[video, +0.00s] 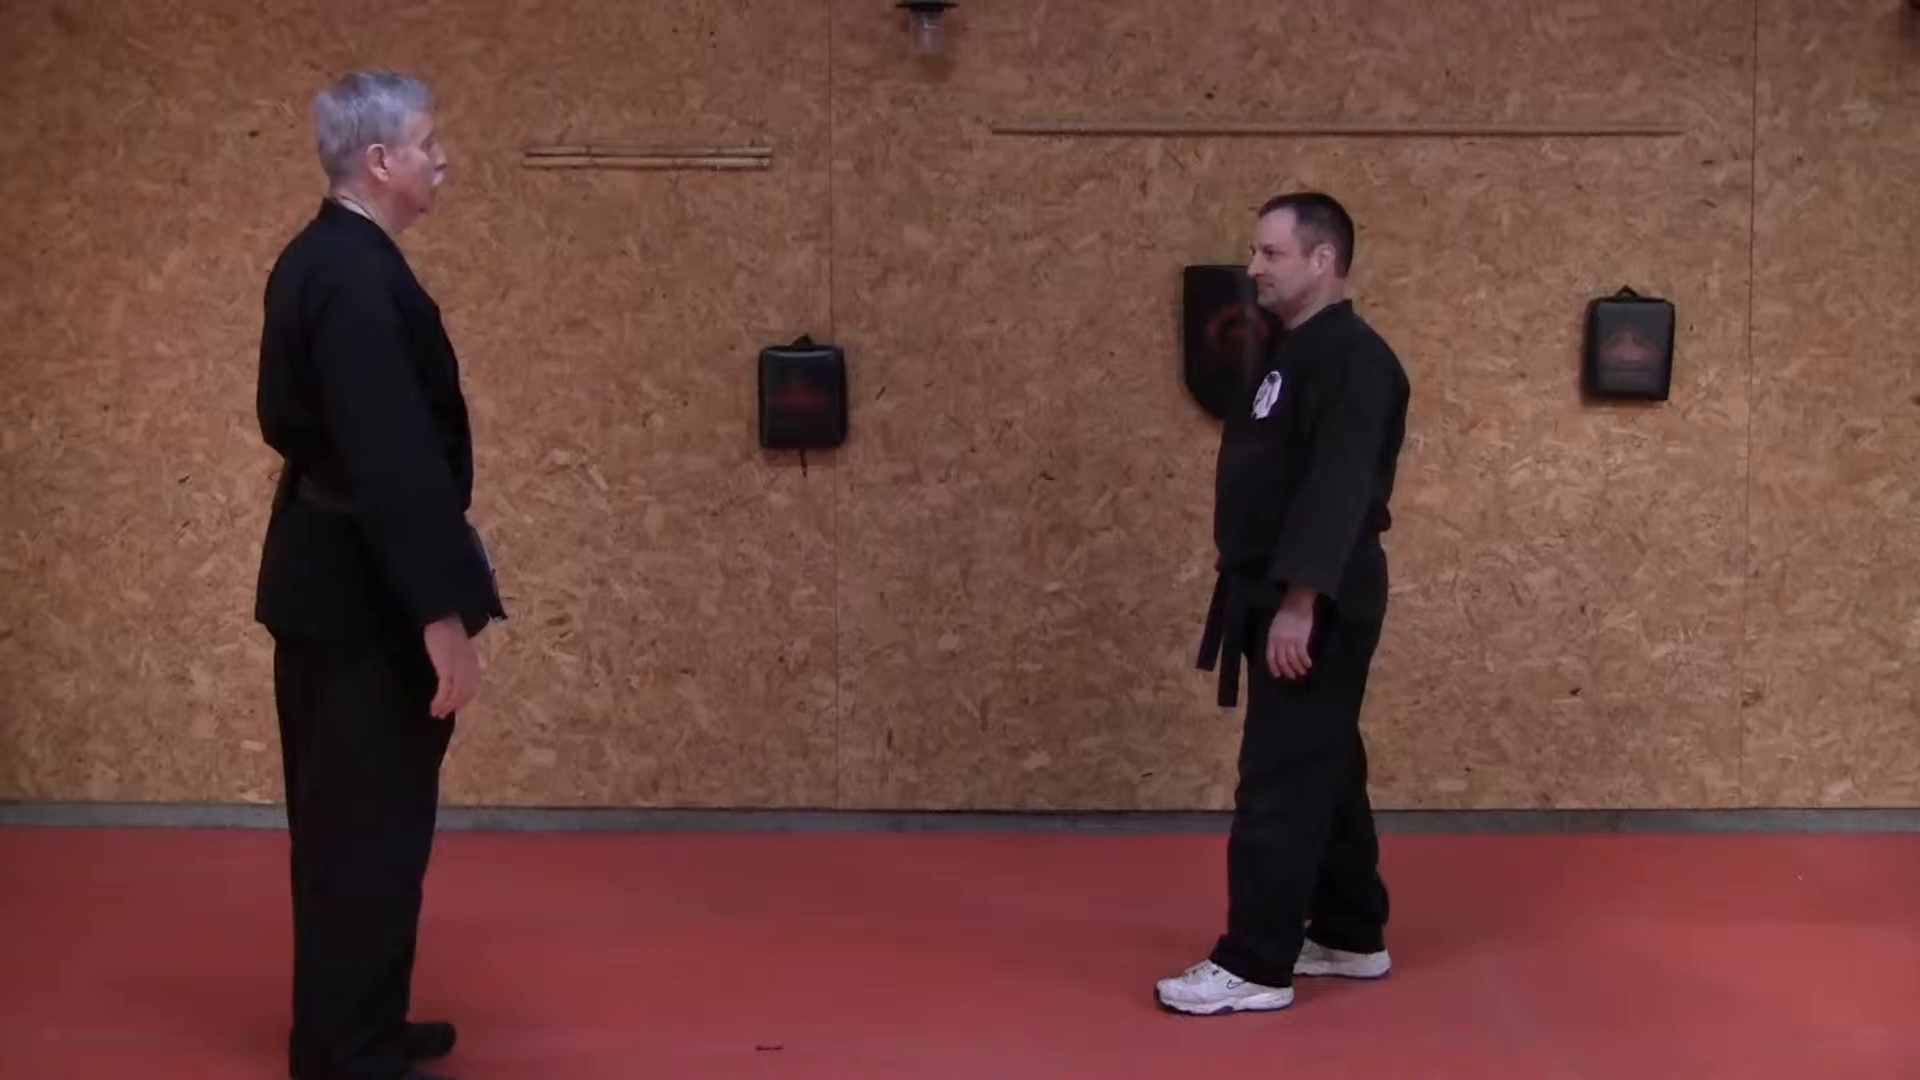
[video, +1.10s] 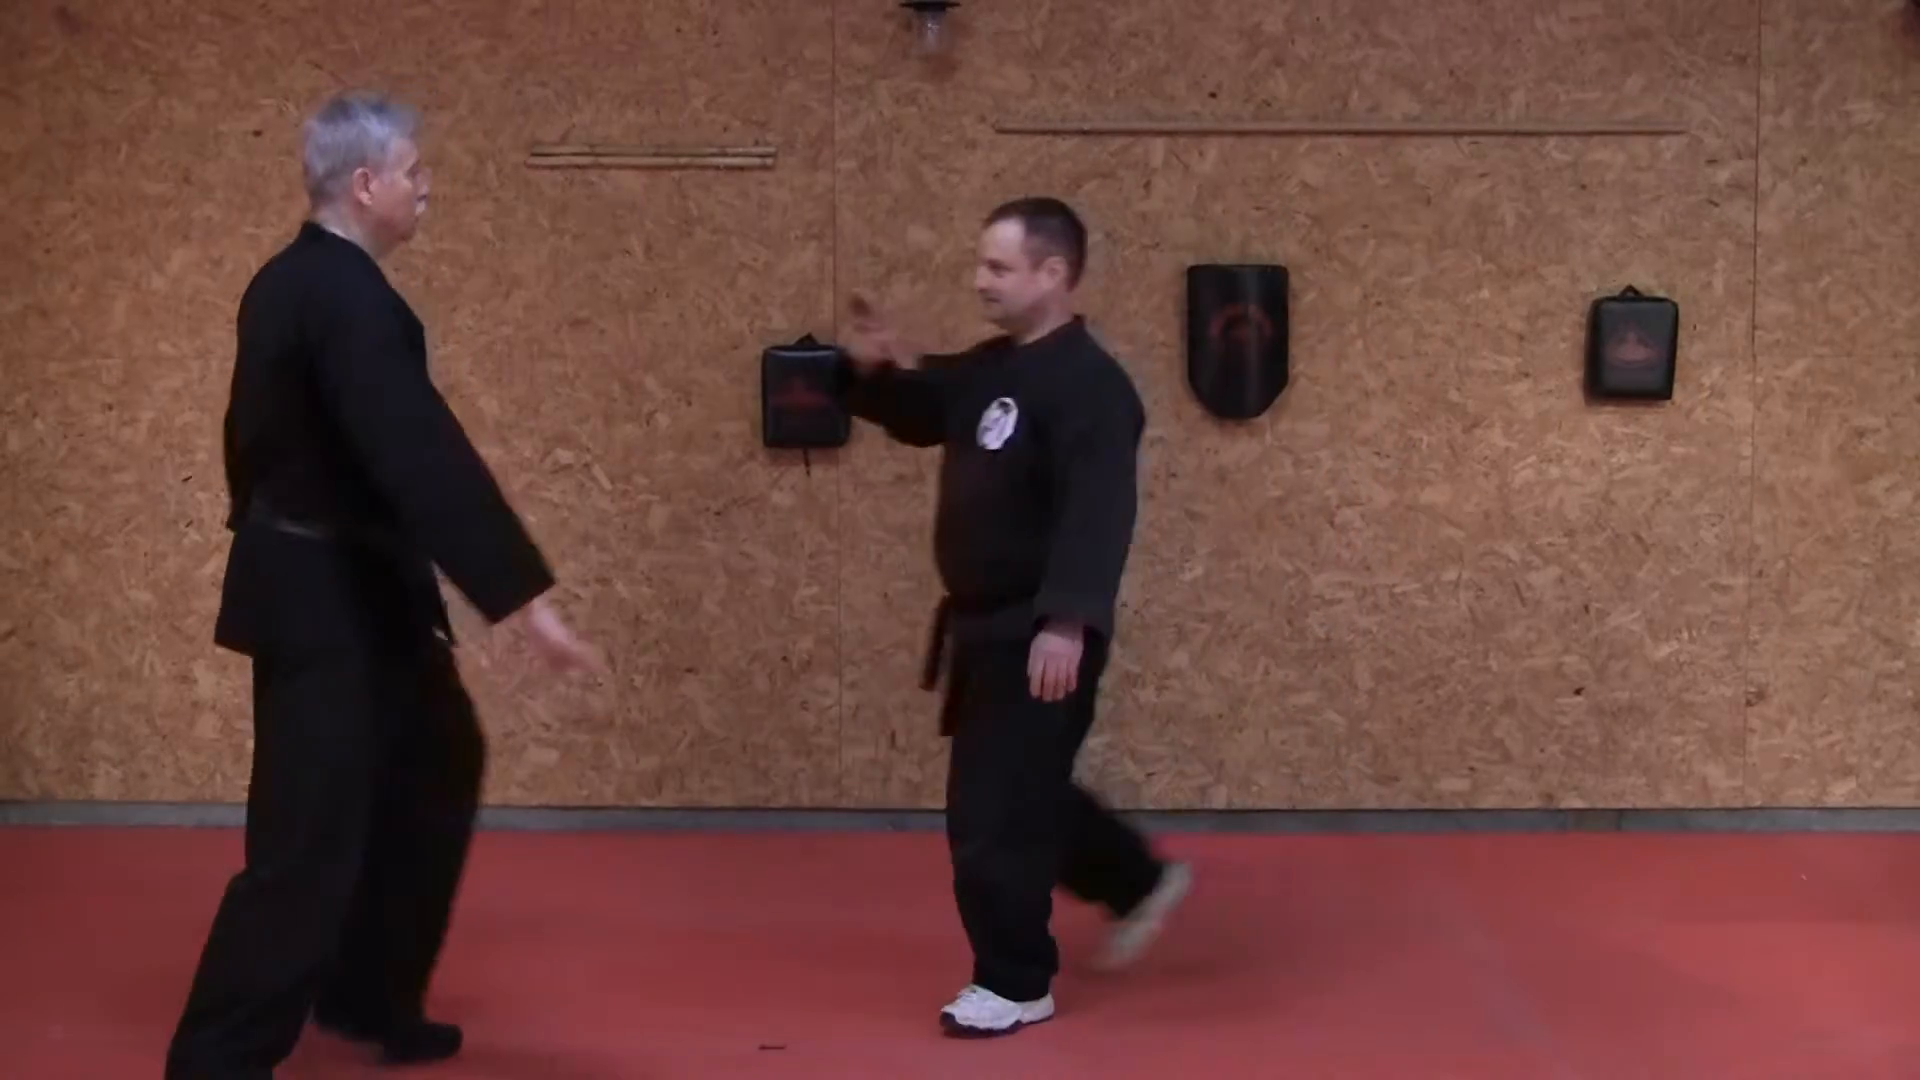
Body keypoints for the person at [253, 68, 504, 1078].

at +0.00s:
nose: (443, 163)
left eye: (437, 143)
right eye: (429, 145)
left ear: (361, 161)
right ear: (379, 160)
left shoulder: (317, 259)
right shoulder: (358, 274)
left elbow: (297, 428)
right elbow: (393, 459)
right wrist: (442, 617)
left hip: (330, 583)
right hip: (363, 596)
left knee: (354, 823)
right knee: (370, 830)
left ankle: (358, 1023)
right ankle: (344, 1042)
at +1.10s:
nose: (427, 189)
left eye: (424, 172)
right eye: (413, 172)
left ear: (346, 186)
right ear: (361, 183)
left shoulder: (284, 285)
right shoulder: (348, 298)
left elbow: (260, 456)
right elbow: (421, 455)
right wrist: (519, 593)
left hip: (321, 595)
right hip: (337, 604)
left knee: (441, 762)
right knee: (309, 834)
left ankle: (372, 998)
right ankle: (219, 1057)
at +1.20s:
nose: (414, 204)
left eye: (410, 186)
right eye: (399, 188)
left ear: (334, 202)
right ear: (345, 200)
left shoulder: (287, 293)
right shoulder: (329, 310)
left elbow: (237, 424)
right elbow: (440, 439)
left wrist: (235, 522)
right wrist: (594, 542)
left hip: (366, 597)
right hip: (322, 609)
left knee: (489, 740)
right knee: (315, 860)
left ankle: (424, 962)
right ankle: (224, 1064)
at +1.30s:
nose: (406, 212)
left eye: (402, 194)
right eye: (390, 196)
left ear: (330, 209)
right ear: (336, 209)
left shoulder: (308, 299)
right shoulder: (317, 315)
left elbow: (247, 424)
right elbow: (456, 406)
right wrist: (634, 451)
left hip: (395, 599)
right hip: (318, 611)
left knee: (497, 769)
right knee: (333, 844)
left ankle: (502, 960)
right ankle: (227, 1064)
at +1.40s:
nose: (400, 226)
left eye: (398, 207)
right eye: (384, 210)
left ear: (330, 220)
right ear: (326, 220)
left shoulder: (347, 316)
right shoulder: (314, 330)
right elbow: (452, 392)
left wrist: (512, 355)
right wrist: (635, 349)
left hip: (419, 603)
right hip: (335, 618)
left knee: (498, 787)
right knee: (335, 856)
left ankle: (511, 970)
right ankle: (231, 1066)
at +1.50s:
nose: (424, 236)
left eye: (422, 218)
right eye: (406, 219)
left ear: (372, 229)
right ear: (351, 228)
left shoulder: (431, 337)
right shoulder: (286, 346)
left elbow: (528, 462)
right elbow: (382, 420)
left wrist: (540, 352)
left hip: (441, 606)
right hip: (331, 617)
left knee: (527, 793)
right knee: (340, 838)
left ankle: (506, 974)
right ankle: (232, 1064)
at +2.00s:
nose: (442, 253)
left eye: (443, 236)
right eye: (429, 234)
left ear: (375, 240)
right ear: (369, 235)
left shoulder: (394, 339)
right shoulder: (334, 330)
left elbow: (470, 466)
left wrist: (500, 430)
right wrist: (513, 329)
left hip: (427, 617)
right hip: (360, 618)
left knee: (512, 784)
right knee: (331, 862)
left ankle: (521, 978)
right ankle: (170, 1060)